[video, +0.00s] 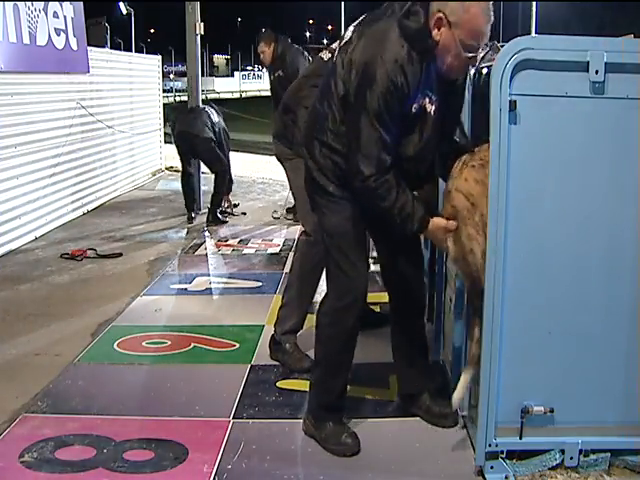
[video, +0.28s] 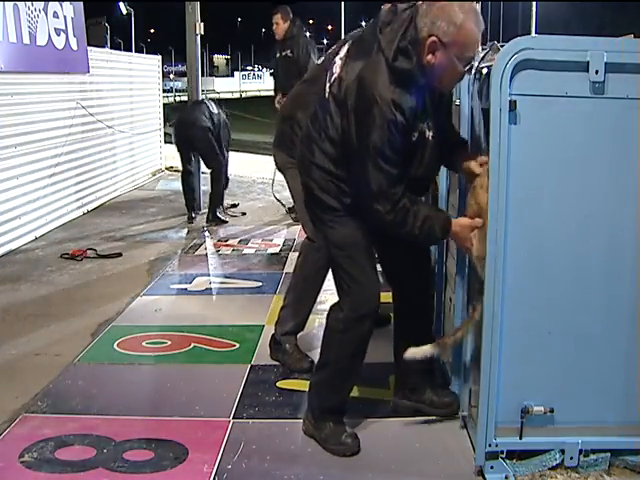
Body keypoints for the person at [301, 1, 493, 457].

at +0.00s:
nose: (471, 60)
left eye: (477, 50)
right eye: (468, 48)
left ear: (446, 28)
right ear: (438, 27)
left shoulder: (448, 58)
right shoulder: (386, 60)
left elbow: (440, 140)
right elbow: (370, 171)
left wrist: (471, 184)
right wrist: (422, 223)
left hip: (392, 167)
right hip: (335, 162)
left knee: (408, 281)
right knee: (348, 287)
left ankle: (417, 390)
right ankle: (323, 413)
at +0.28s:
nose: (465, 71)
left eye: (469, 62)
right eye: (463, 61)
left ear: (434, 46)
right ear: (432, 47)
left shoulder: (421, 57)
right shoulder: (386, 92)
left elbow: (435, 121)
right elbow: (382, 200)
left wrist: (461, 158)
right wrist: (448, 227)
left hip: (379, 173)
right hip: (327, 175)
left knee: (415, 276)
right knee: (360, 298)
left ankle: (414, 387)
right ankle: (323, 413)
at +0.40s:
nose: (466, 59)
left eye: (468, 50)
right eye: (463, 50)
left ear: (431, 46)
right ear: (432, 50)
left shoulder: (410, 44)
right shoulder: (388, 98)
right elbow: (392, 207)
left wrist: (443, 118)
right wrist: (460, 227)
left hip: (390, 180)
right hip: (340, 188)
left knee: (421, 279)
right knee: (368, 306)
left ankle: (414, 386)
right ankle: (324, 413)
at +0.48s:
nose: (463, 59)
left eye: (466, 49)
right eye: (461, 48)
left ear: (428, 45)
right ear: (429, 47)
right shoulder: (383, 98)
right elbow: (396, 208)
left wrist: (442, 93)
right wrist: (467, 224)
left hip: (392, 182)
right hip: (342, 190)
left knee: (423, 279)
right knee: (370, 307)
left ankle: (417, 385)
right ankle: (324, 414)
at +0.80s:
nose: (461, 59)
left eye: (463, 49)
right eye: (454, 52)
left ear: (425, 45)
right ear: (422, 50)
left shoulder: (411, 30)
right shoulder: (396, 105)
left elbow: (486, 16)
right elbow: (420, 209)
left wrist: (551, 17)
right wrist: (500, 225)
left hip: (395, 190)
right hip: (349, 192)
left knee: (434, 275)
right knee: (378, 305)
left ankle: (419, 382)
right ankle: (325, 410)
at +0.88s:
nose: (460, 72)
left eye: (463, 60)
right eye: (452, 64)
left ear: (425, 52)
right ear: (419, 58)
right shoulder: (395, 107)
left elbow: (495, 25)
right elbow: (427, 213)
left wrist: (568, 29)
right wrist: (504, 225)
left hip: (401, 187)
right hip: (352, 191)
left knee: (435, 273)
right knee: (378, 303)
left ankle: (421, 381)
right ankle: (324, 411)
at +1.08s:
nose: (461, 91)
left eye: (466, 79)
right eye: (450, 84)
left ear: (472, 49)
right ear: (422, 67)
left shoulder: (469, 35)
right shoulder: (398, 116)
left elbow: (517, 23)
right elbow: (438, 221)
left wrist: (582, 29)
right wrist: (509, 226)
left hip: (410, 188)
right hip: (357, 186)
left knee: (438, 271)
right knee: (375, 299)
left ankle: (420, 383)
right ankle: (322, 409)